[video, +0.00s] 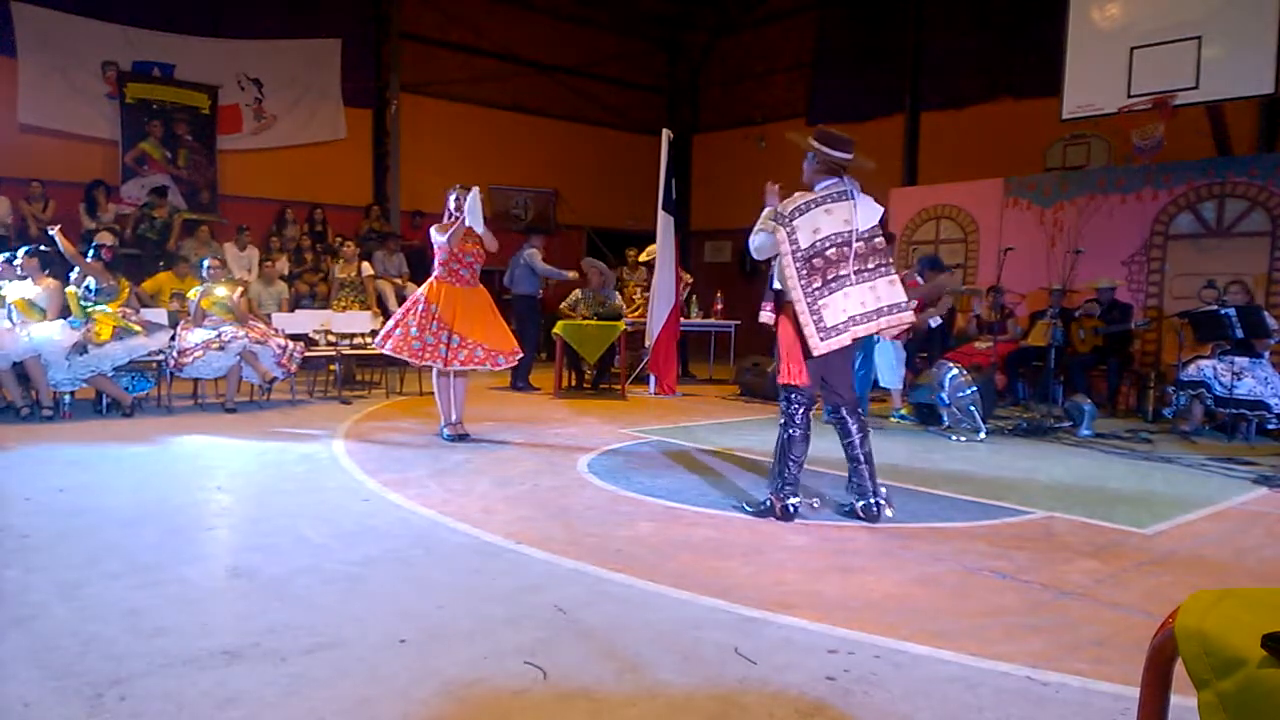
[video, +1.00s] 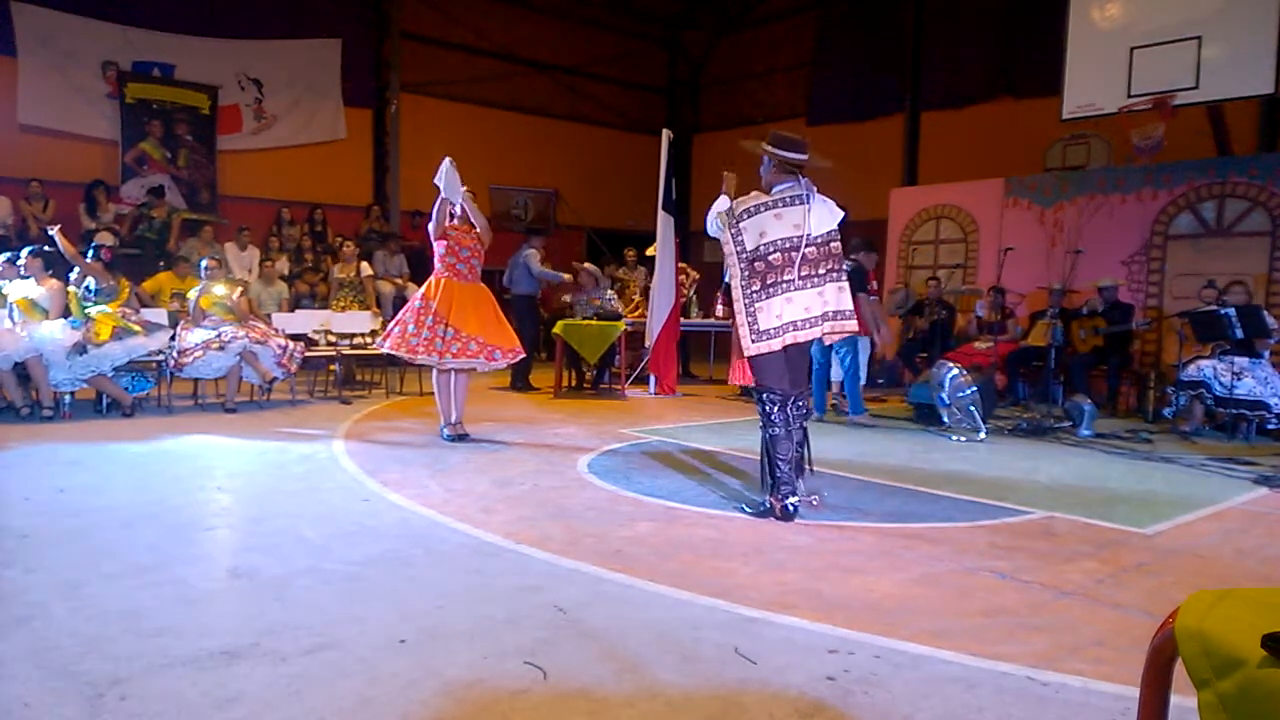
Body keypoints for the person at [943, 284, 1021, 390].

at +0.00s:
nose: (994, 299)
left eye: (997, 297)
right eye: (992, 296)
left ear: (1001, 298)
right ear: (987, 298)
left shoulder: (1008, 313)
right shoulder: (980, 314)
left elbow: (1013, 335)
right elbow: (972, 334)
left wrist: (993, 338)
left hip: (1003, 344)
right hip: (983, 343)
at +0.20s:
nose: (995, 300)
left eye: (998, 297)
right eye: (993, 296)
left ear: (1003, 298)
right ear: (988, 298)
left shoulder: (1009, 313)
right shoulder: (981, 313)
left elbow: (1014, 335)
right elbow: (974, 334)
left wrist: (994, 339)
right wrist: (973, 322)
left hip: (1004, 344)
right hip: (984, 344)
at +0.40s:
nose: (992, 300)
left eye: (996, 297)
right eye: (990, 296)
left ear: (1002, 299)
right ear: (986, 298)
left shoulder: (1007, 312)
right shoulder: (980, 313)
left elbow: (1013, 335)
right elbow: (973, 335)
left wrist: (993, 338)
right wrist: (972, 321)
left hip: (1003, 343)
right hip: (983, 343)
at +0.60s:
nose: (992, 300)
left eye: (996, 297)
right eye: (990, 296)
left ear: (1002, 299)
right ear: (986, 298)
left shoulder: (1008, 313)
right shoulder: (980, 313)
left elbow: (1012, 335)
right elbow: (973, 335)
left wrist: (993, 338)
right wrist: (971, 323)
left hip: (1002, 343)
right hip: (983, 343)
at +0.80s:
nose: (993, 300)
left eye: (996, 297)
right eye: (990, 297)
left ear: (1002, 299)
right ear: (986, 298)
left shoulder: (1007, 312)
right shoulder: (978, 313)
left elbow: (1012, 335)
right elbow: (973, 335)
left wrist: (993, 338)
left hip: (1002, 344)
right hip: (983, 344)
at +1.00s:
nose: (993, 300)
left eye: (996, 297)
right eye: (990, 296)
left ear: (1002, 299)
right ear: (986, 297)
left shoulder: (1008, 313)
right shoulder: (980, 314)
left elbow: (1012, 335)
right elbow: (973, 335)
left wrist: (993, 339)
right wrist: (972, 322)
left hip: (1002, 344)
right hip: (982, 344)